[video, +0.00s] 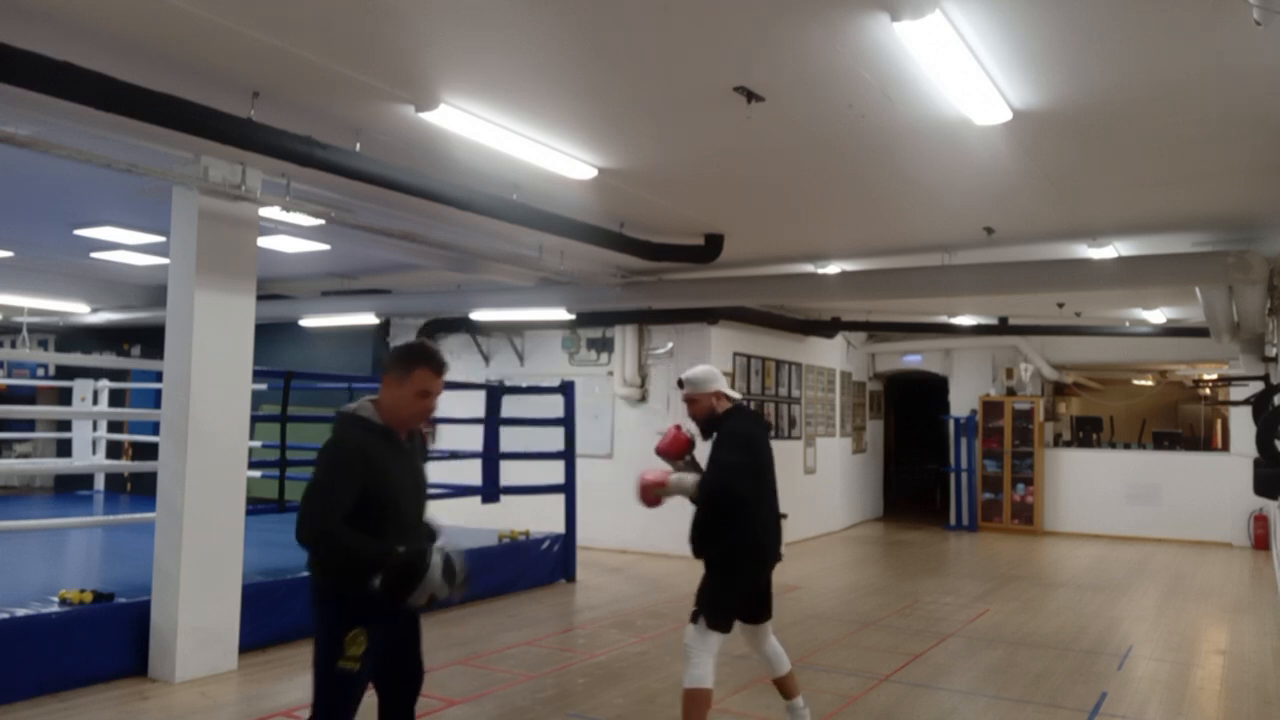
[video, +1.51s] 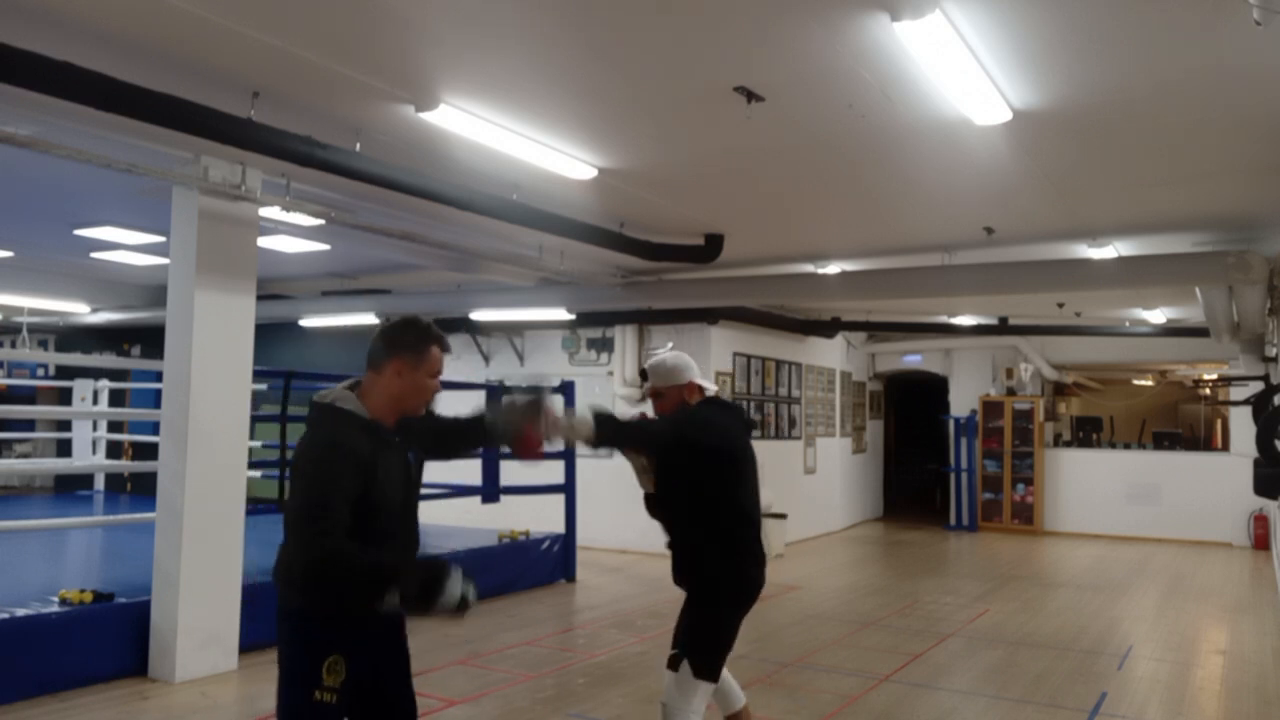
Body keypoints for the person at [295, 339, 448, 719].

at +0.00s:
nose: (431, 408)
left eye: (435, 397)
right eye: (423, 395)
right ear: (390, 386)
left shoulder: (409, 440)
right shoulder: (350, 442)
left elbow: (400, 518)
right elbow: (311, 529)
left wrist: (429, 546)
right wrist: (390, 558)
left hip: (393, 594)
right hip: (345, 599)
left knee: (403, 686)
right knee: (336, 704)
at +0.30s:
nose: (411, 381)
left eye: (415, 372)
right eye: (405, 368)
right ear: (371, 355)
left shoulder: (367, 412)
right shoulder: (330, 409)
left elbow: (366, 485)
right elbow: (325, 508)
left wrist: (422, 488)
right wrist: (404, 528)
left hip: (349, 579)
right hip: (310, 583)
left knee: (351, 699)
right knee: (315, 703)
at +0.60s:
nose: (395, 387)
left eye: (397, 377)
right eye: (387, 374)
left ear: (346, 371)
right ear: (346, 368)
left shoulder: (334, 429)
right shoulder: (311, 433)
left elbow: (334, 517)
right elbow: (294, 548)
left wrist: (390, 512)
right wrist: (346, 638)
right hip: (294, 630)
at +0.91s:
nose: (384, 366)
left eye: (384, 354)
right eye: (378, 353)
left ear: (340, 353)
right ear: (343, 354)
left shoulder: (290, 409)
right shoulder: (309, 425)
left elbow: (327, 467)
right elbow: (303, 546)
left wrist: (384, 426)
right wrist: (363, 629)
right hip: (285, 625)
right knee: (292, 712)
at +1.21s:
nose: (396, 372)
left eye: (395, 361)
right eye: (391, 359)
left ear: (354, 358)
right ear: (357, 357)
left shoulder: (303, 417)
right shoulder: (321, 432)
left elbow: (326, 482)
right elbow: (327, 563)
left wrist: (399, 445)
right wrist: (401, 607)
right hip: (304, 622)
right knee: (350, 711)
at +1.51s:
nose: (438, 389)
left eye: (439, 378)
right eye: (433, 377)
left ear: (399, 372)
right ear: (398, 371)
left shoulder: (402, 426)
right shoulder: (333, 436)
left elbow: (450, 435)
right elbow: (317, 554)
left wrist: (508, 421)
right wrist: (416, 581)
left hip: (377, 610)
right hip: (320, 615)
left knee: (393, 710)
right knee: (317, 712)